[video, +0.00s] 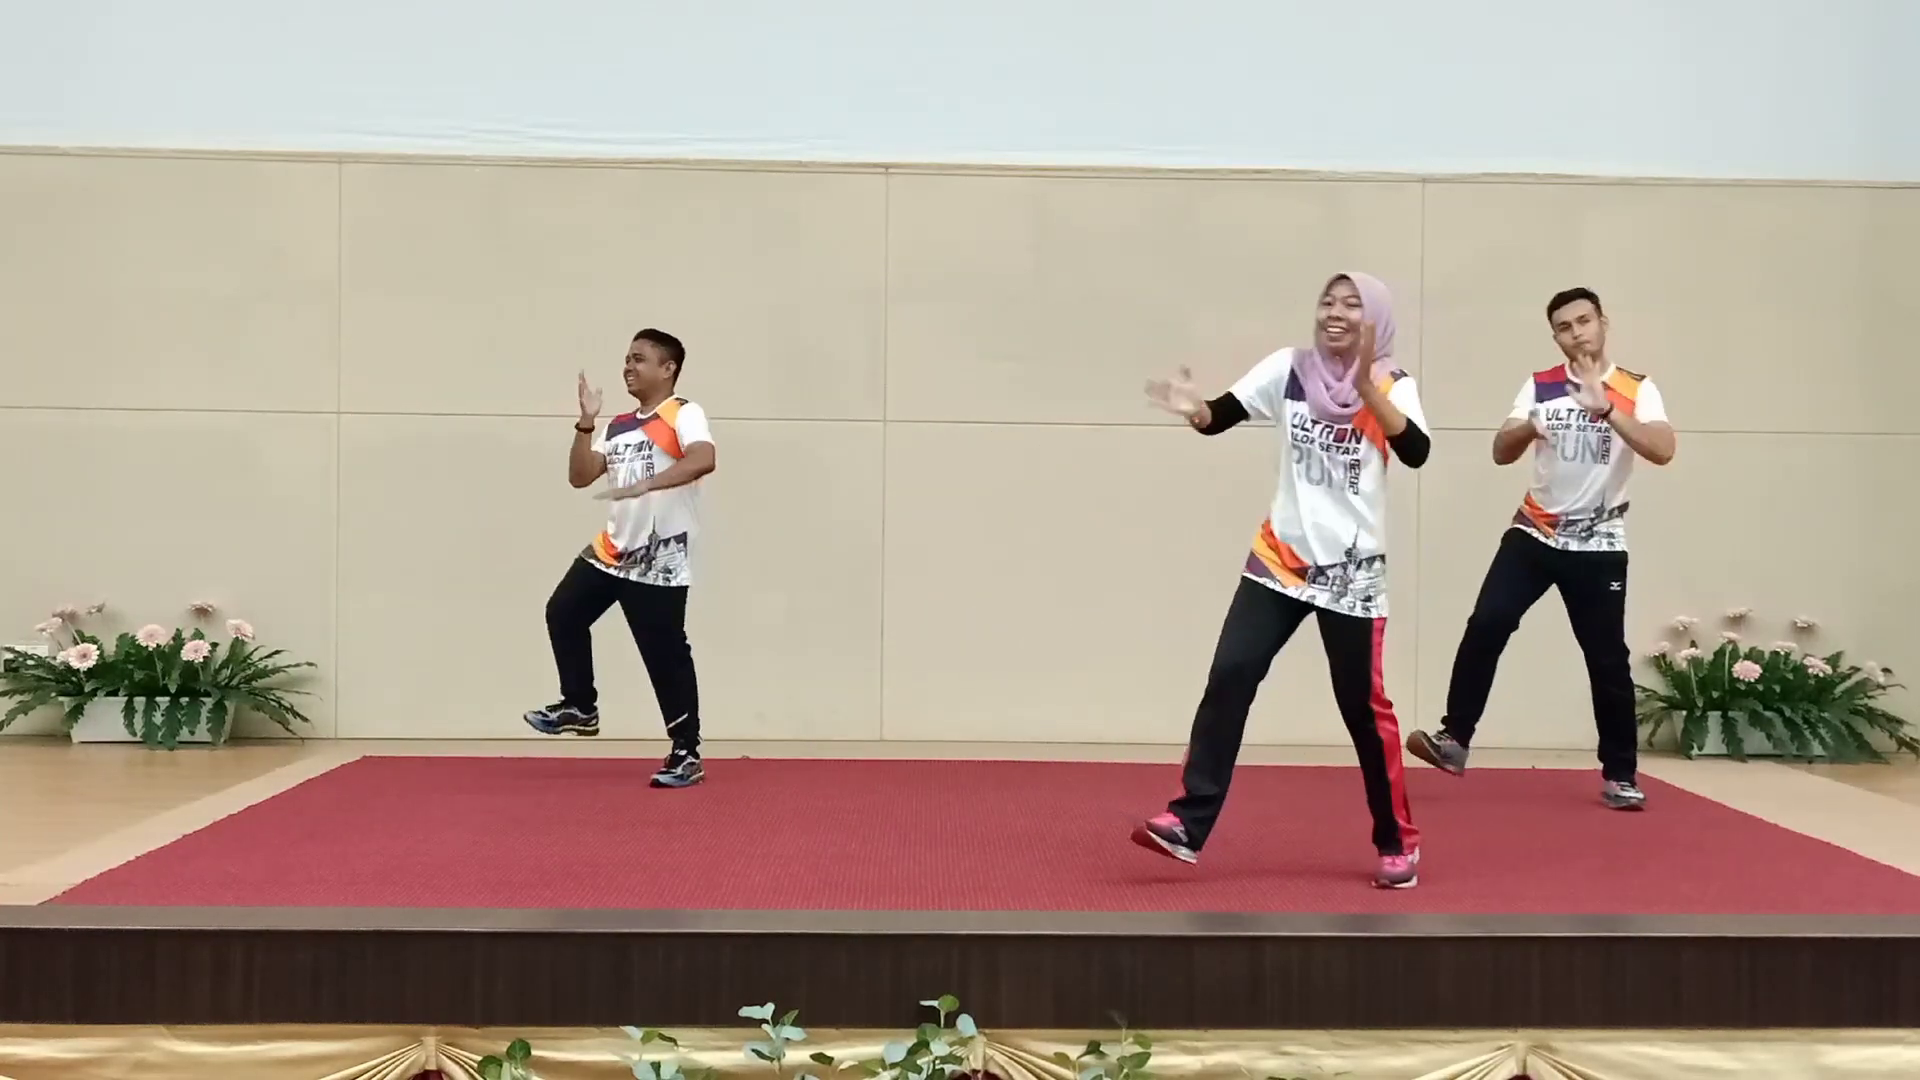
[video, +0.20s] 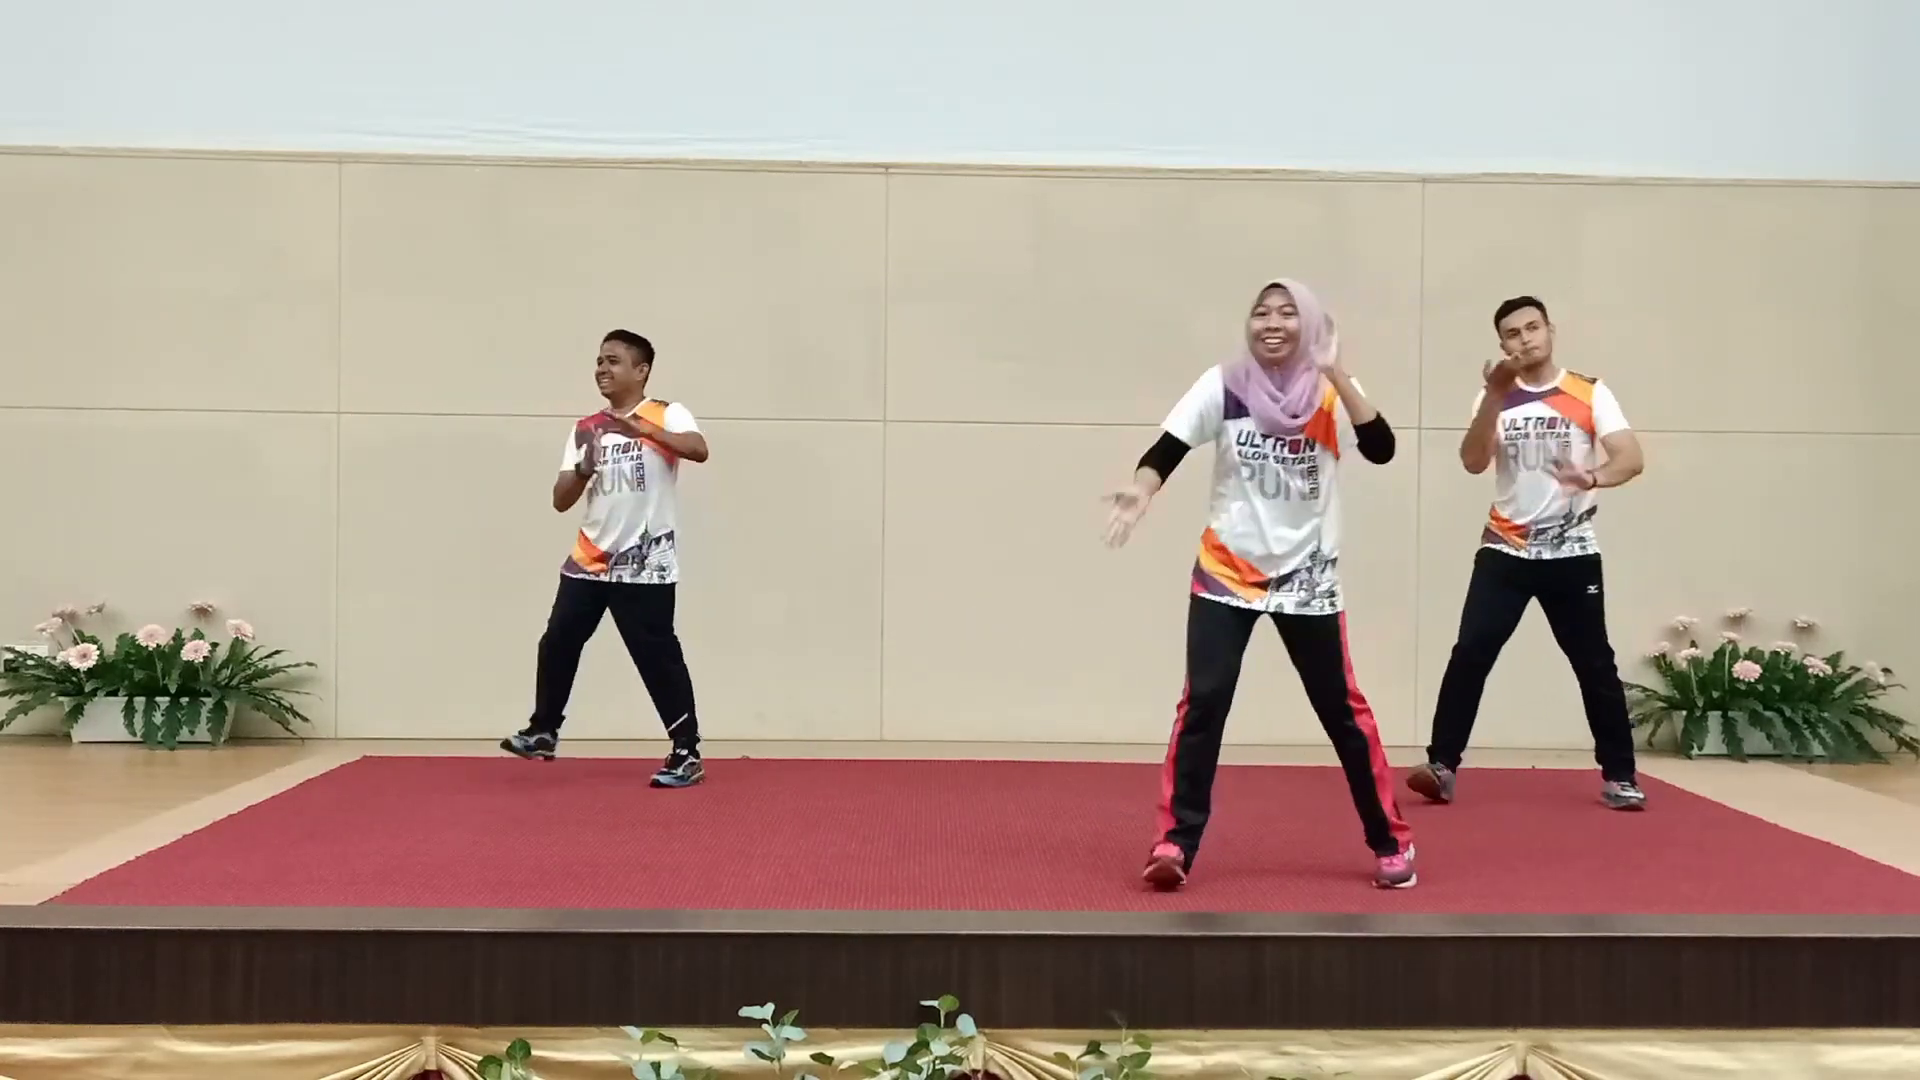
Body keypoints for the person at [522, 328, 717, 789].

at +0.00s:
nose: (627, 367)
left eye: (638, 360)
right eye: (628, 359)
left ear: (668, 368)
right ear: (632, 368)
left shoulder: (684, 413)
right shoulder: (618, 425)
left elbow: (703, 459)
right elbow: (580, 477)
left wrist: (644, 484)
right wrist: (585, 428)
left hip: (659, 561)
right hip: (610, 551)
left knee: (666, 655)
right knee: (563, 614)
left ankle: (685, 755)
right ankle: (579, 709)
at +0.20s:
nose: (601, 369)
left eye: (612, 361)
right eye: (599, 362)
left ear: (642, 370)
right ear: (598, 370)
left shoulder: (666, 414)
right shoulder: (585, 429)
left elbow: (698, 450)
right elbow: (560, 501)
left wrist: (640, 429)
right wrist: (585, 469)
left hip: (646, 563)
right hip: (590, 561)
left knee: (658, 656)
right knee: (557, 643)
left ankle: (687, 754)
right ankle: (543, 733)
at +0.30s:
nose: (590, 374)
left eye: (601, 366)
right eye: (585, 367)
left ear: (627, 376)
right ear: (579, 375)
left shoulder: (651, 425)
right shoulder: (560, 436)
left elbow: (687, 466)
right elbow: (539, 506)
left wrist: (641, 425)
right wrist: (569, 509)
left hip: (633, 575)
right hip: (575, 576)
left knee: (648, 661)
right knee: (554, 661)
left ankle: (687, 754)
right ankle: (527, 756)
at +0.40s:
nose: (576, 372)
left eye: (587, 365)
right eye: (570, 365)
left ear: (606, 375)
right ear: (559, 372)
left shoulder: (631, 428)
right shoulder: (534, 432)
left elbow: (665, 481)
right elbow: (505, 502)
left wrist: (626, 431)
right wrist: (542, 536)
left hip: (613, 575)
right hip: (552, 576)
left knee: (640, 661)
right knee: (537, 666)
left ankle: (681, 752)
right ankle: (523, 760)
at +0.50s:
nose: (562, 369)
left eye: (572, 362)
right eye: (553, 362)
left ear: (588, 372)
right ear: (540, 371)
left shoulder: (610, 428)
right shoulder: (514, 423)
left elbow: (639, 491)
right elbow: (478, 486)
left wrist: (604, 448)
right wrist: (502, 542)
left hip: (592, 567)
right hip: (531, 570)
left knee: (621, 657)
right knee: (525, 667)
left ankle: (646, 744)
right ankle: (522, 759)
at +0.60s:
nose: (549, 369)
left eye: (558, 362)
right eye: (538, 361)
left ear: (570, 370)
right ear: (522, 370)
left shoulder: (591, 430)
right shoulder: (498, 418)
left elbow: (616, 496)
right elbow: (458, 469)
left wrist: (582, 465)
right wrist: (465, 520)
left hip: (573, 566)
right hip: (514, 565)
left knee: (594, 640)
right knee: (516, 664)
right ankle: (520, 758)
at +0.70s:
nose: (533, 368)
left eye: (541, 361)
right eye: (523, 361)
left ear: (553, 369)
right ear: (505, 370)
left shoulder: (573, 430)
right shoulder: (481, 416)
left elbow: (596, 497)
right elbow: (441, 459)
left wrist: (570, 486)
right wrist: (451, 485)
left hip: (553, 565)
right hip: (499, 563)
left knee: (564, 644)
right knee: (509, 662)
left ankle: (505, 722)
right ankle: (519, 759)